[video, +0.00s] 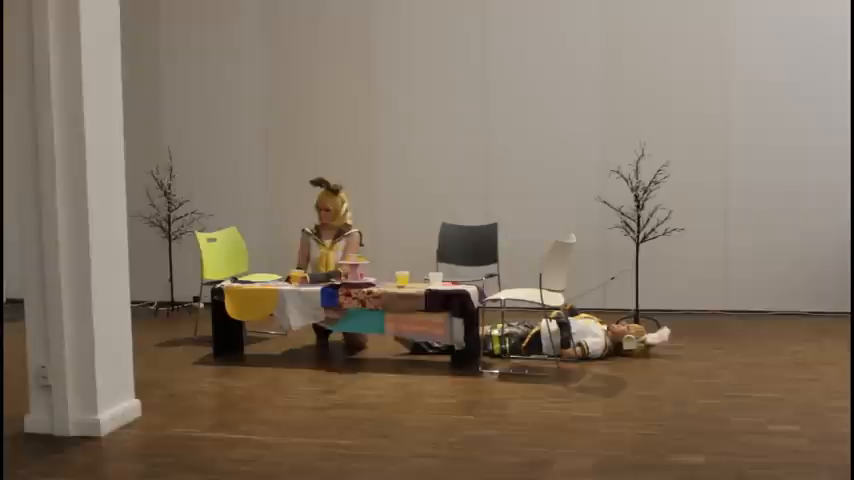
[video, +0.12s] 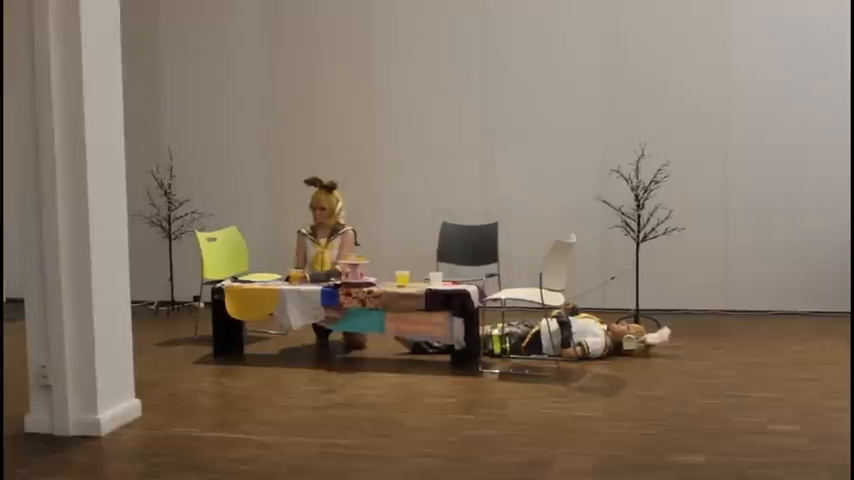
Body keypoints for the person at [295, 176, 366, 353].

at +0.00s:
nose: (322, 215)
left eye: (327, 210)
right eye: (319, 209)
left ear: (340, 211)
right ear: (315, 209)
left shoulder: (351, 234)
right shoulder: (309, 234)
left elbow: (345, 271)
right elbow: (301, 268)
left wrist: (311, 278)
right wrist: (296, 278)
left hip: (343, 291)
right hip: (315, 291)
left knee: (357, 343)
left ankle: (351, 337)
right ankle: (321, 338)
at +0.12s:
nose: (316, 214)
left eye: (322, 209)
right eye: (313, 208)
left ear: (334, 210)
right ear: (310, 208)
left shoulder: (346, 233)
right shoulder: (304, 235)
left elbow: (341, 269)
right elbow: (298, 270)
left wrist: (308, 278)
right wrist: (294, 279)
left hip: (340, 292)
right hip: (314, 292)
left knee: (358, 342)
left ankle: (351, 336)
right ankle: (321, 338)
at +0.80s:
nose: (302, 208)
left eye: (307, 204)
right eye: (302, 204)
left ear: (321, 206)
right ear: (301, 205)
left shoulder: (336, 232)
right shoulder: (298, 234)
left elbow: (337, 266)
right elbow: (291, 269)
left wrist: (314, 278)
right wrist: (273, 273)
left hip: (332, 290)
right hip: (306, 292)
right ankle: (321, 335)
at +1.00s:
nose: (296, 215)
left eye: (301, 211)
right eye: (296, 210)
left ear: (315, 213)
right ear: (296, 211)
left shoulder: (334, 236)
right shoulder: (296, 240)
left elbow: (338, 270)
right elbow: (271, 261)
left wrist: (308, 279)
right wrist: (246, 273)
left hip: (338, 295)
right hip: (312, 298)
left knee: (354, 343)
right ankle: (321, 338)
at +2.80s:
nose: (314, 206)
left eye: (320, 202)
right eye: (311, 202)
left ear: (331, 207)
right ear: (307, 206)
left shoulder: (342, 235)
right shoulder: (302, 235)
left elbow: (343, 271)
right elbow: (297, 271)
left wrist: (314, 278)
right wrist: (293, 264)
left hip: (338, 293)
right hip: (311, 294)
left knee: (356, 342)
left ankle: (347, 332)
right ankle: (321, 336)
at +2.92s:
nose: (316, 205)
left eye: (321, 201)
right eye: (313, 201)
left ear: (332, 206)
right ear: (309, 205)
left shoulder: (344, 234)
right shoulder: (306, 230)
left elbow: (342, 271)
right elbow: (293, 264)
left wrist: (316, 279)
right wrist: (299, 239)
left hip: (339, 291)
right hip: (312, 292)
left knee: (355, 343)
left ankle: (346, 333)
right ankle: (320, 336)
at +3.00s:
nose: (316, 206)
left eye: (322, 203)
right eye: (313, 202)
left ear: (333, 208)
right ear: (309, 205)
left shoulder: (345, 235)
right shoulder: (306, 231)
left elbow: (342, 272)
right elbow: (291, 260)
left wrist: (315, 279)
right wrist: (302, 229)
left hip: (339, 292)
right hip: (312, 293)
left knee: (354, 343)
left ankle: (345, 334)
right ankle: (320, 338)